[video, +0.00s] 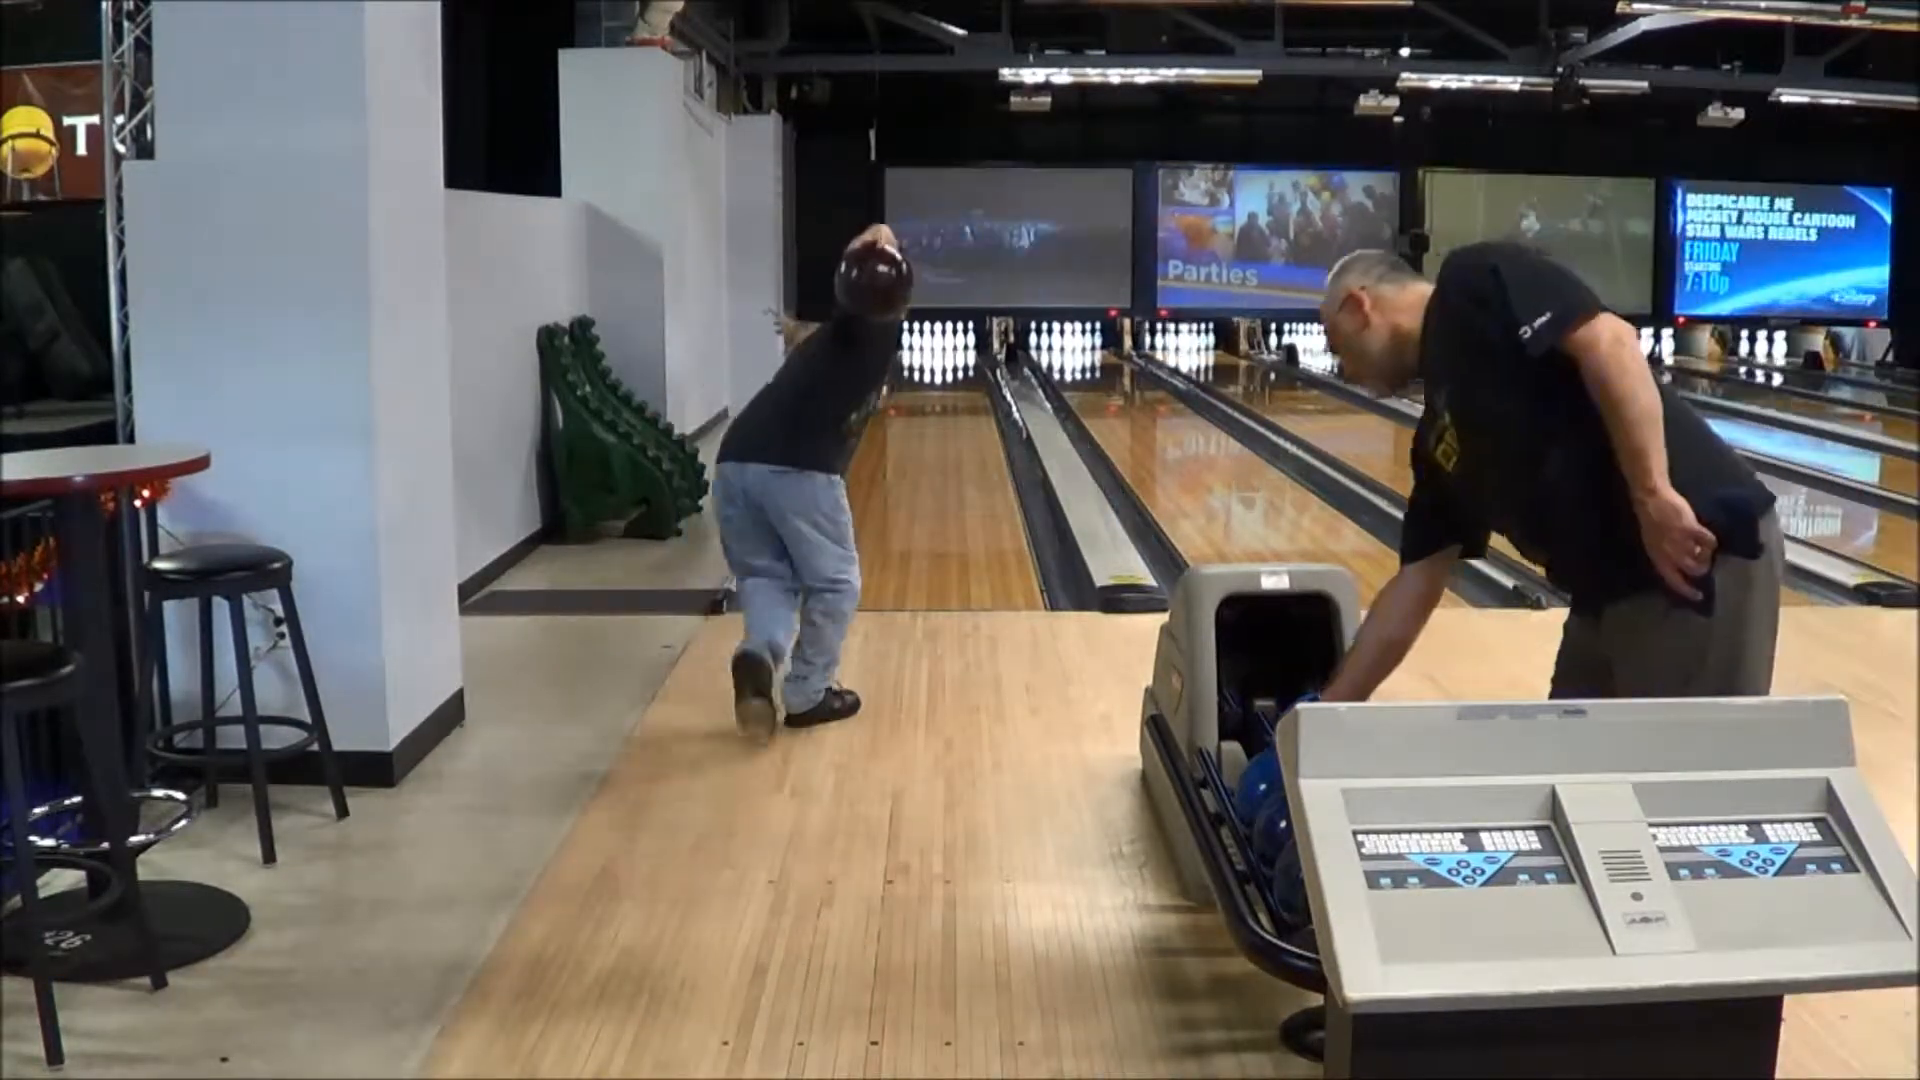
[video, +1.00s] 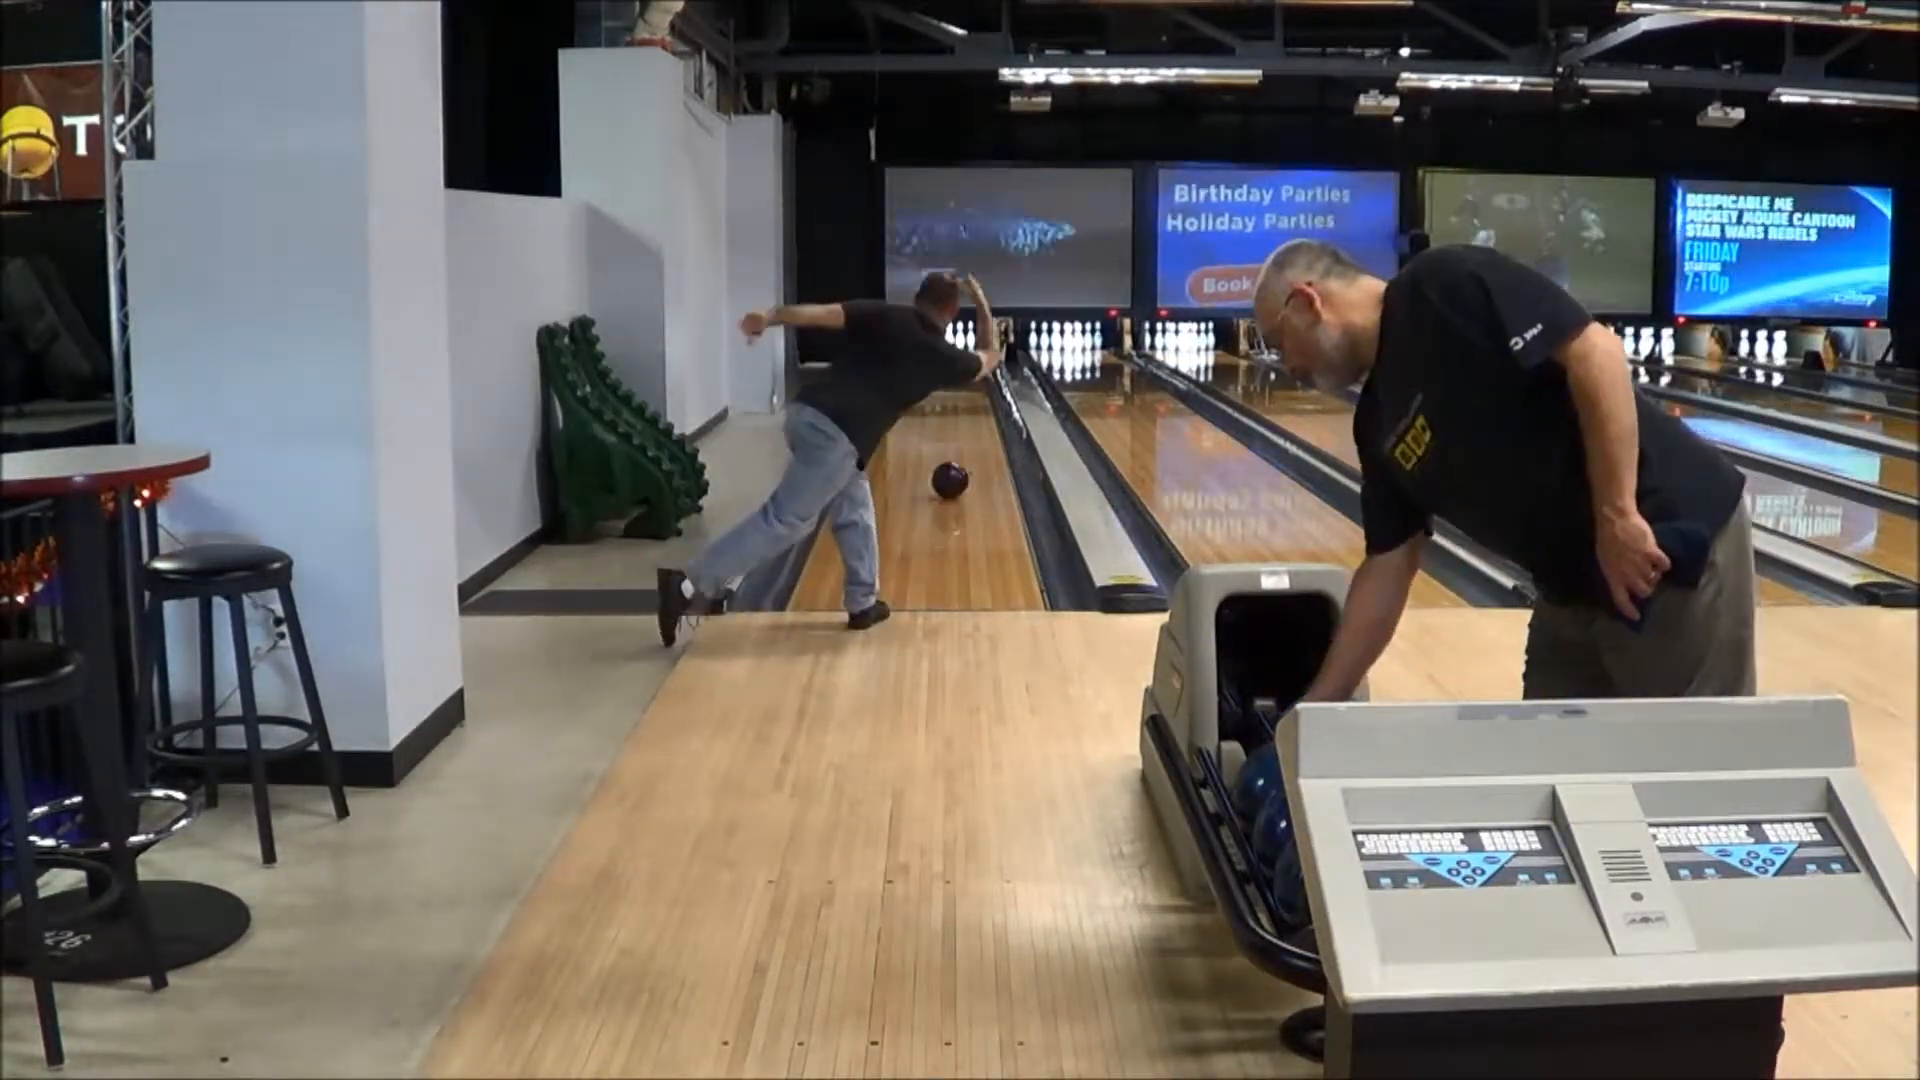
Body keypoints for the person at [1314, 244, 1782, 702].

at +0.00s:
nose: (1340, 366)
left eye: (1334, 343)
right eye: (1333, 351)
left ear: (1361, 307)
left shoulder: (1476, 279)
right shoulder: (1440, 443)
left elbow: (1610, 341)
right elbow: (1415, 585)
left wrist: (1653, 493)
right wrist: (1330, 708)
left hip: (1696, 556)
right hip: (1607, 590)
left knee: (1682, 793)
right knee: (1570, 786)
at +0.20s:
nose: (1316, 385)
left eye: (1307, 363)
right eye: (1307, 375)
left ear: (1329, 316)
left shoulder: (1449, 286)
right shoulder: (1421, 447)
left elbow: (1587, 340)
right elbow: (1417, 584)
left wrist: (1638, 493)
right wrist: (1325, 707)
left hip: (1684, 541)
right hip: (1594, 584)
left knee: (1679, 789)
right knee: (1562, 786)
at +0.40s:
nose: (1310, 373)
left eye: (1303, 350)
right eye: (1302, 362)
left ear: (1329, 308)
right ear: (1336, 310)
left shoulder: (1445, 280)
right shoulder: (1413, 437)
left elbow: (1583, 343)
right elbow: (1409, 580)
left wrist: (1613, 499)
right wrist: (1348, 706)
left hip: (1683, 537)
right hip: (1584, 579)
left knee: (1676, 775)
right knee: (1559, 774)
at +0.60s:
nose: (1296, 367)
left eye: (1291, 339)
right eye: (1288, 351)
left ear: (1321, 306)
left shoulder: (1443, 279)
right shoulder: (1403, 434)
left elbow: (1590, 344)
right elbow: (1415, 578)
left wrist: (1606, 504)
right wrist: (1351, 704)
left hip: (1684, 540)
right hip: (1581, 577)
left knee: (1683, 774)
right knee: (1559, 776)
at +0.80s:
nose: (1295, 369)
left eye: (1286, 344)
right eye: (1286, 355)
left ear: (1312, 305)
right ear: (1321, 305)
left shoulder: (1441, 281)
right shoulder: (1391, 425)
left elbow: (1590, 348)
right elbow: (1398, 564)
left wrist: (1609, 510)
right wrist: (1318, 705)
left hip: (1681, 541)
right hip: (1577, 579)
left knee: (1690, 776)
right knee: (1555, 781)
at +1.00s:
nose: (1286, 367)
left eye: (1278, 343)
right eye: (1275, 353)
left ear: (1310, 302)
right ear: (1316, 302)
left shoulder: (1444, 281)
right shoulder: (1378, 420)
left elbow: (1595, 351)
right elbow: (1388, 562)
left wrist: (1617, 512)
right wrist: (1318, 705)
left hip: (1678, 542)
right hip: (1572, 578)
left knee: (1685, 779)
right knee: (1552, 784)